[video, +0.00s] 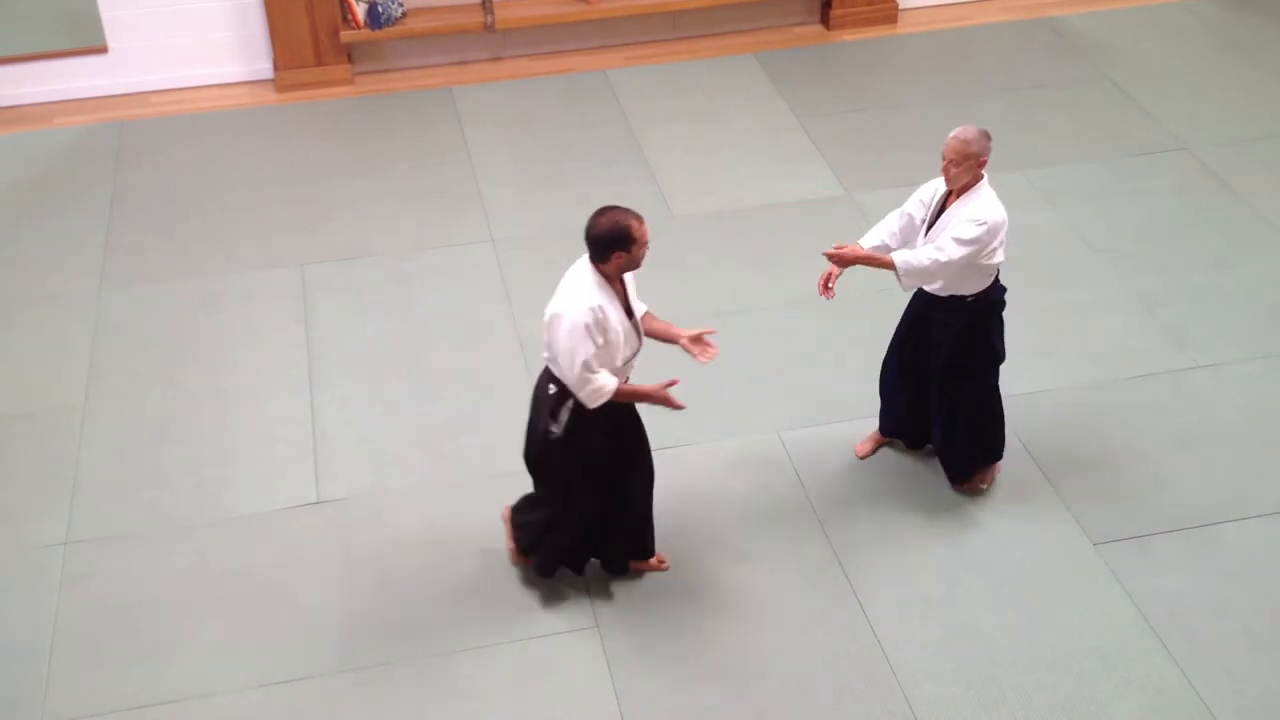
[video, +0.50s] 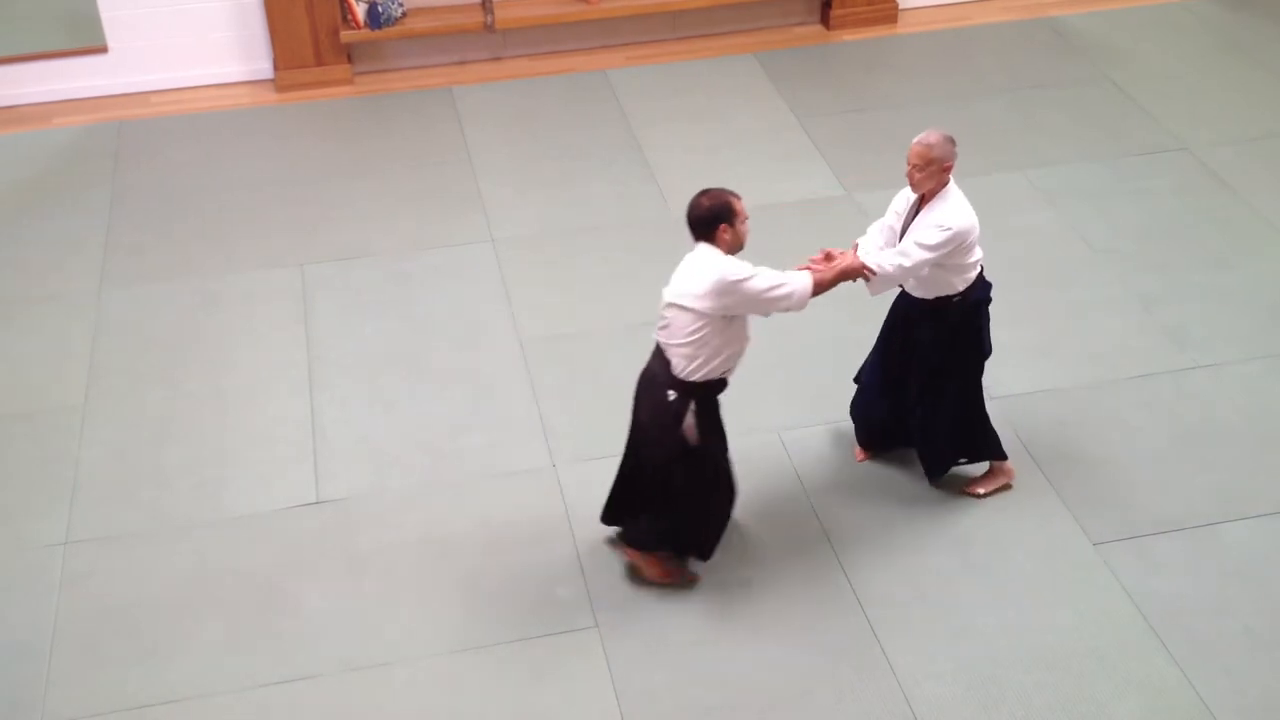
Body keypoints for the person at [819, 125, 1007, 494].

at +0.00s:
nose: (945, 169)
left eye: (954, 164)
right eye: (943, 160)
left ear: (981, 166)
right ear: (942, 155)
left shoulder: (986, 215)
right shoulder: (937, 190)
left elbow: (931, 261)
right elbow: (895, 226)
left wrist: (862, 258)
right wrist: (845, 263)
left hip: (972, 310)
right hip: (930, 300)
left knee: (970, 387)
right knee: (902, 366)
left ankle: (982, 460)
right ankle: (892, 428)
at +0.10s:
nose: (931, 169)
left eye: (940, 163)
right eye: (929, 160)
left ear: (966, 164)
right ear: (927, 155)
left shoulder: (972, 214)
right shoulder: (922, 189)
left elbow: (917, 260)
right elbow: (884, 227)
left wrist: (851, 258)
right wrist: (839, 263)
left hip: (963, 307)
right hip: (921, 299)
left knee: (970, 384)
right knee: (893, 367)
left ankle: (989, 458)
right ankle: (887, 430)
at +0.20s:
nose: (917, 169)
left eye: (925, 163)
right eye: (915, 161)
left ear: (951, 164)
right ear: (915, 157)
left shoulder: (959, 213)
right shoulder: (908, 190)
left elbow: (907, 258)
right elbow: (873, 228)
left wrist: (841, 259)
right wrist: (828, 266)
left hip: (957, 306)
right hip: (914, 298)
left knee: (968, 383)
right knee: (886, 367)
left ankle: (989, 456)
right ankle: (882, 432)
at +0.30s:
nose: (906, 170)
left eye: (915, 165)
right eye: (905, 162)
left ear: (941, 165)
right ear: (904, 157)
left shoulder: (950, 214)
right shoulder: (900, 191)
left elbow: (901, 256)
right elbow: (868, 229)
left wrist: (836, 262)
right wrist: (826, 264)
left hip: (954, 303)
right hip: (910, 297)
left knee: (966, 379)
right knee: (882, 366)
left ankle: (989, 457)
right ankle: (877, 431)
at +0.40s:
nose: (904, 172)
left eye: (913, 166)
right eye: (902, 163)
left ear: (939, 167)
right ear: (901, 158)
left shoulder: (948, 215)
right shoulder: (901, 193)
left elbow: (902, 257)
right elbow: (871, 229)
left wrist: (842, 266)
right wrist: (833, 260)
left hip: (953, 304)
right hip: (911, 298)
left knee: (960, 381)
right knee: (885, 367)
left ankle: (993, 459)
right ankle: (875, 432)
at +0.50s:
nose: (910, 174)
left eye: (919, 169)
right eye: (909, 166)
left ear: (946, 170)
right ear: (908, 162)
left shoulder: (955, 219)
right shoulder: (910, 195)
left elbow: (904, 261)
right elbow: (883, 232)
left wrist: (847, 269)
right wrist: (851, 256)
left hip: (956, 309)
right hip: (914, 301)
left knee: (959, 389)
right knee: (881, 373)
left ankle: (999, 466)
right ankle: (879, 434)